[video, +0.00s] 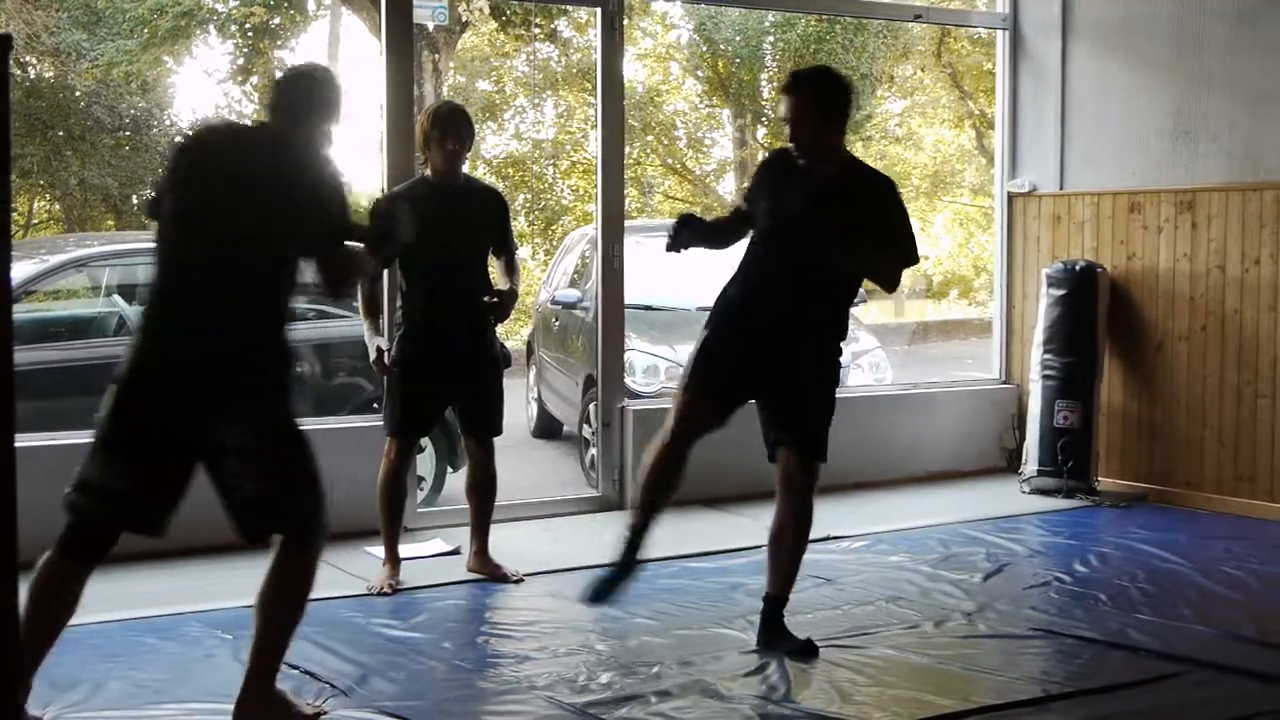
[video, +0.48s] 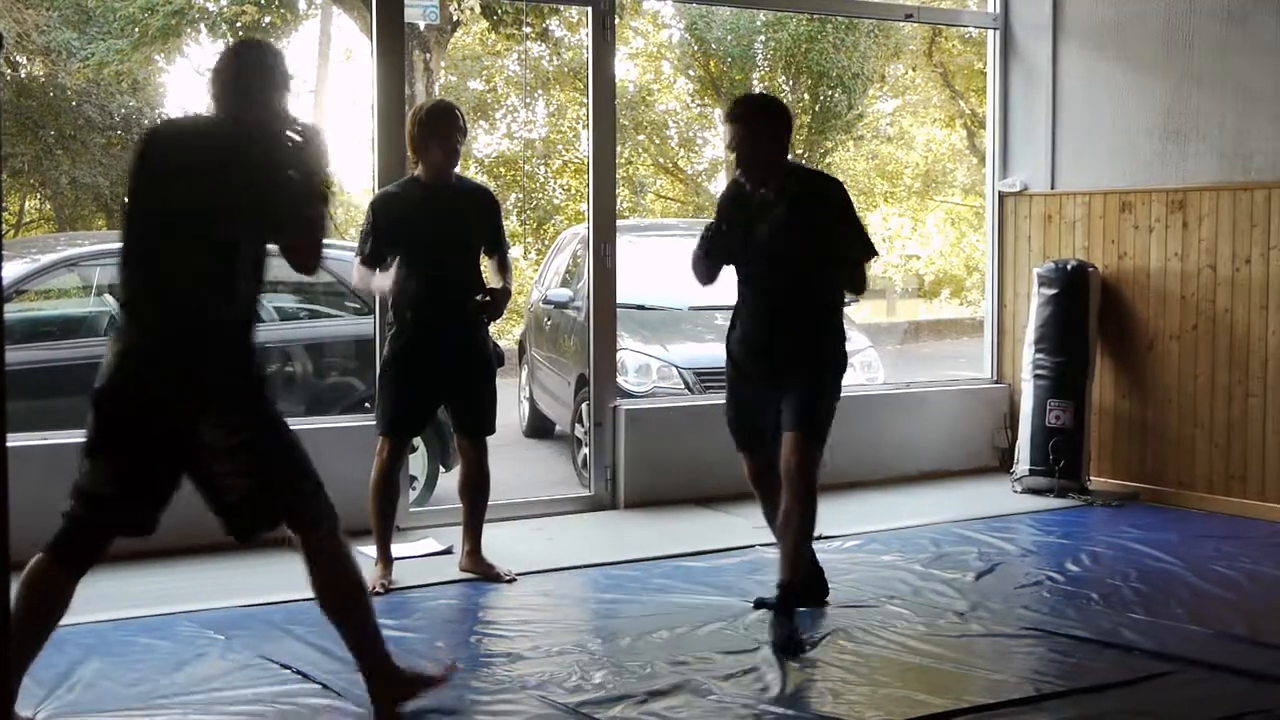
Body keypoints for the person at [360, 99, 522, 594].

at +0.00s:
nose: (452, 148)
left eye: (460, 139)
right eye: (443, 139)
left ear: (470, 144)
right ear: (425, 142)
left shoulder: (488, 200)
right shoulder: (397, 204)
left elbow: (508, 258)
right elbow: (371, 274)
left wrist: (510, 293)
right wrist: (375, 338)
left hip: (473, 337)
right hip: (416, 339)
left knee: (480, 446)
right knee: (399, 448)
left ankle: (479, 553)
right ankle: (390, 562)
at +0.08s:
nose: (447, 147)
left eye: (454, 138)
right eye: (438, 138)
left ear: (464, 144)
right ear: (419, 142)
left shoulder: (482, 200)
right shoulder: (390, 205)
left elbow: (501, 258)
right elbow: (365, 275)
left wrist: (504, 293)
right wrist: (368, 336)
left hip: (467, 338)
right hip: (409, 340)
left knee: (474, 447)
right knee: (392, 448)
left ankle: (473, 552)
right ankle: (384, 562)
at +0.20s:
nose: (449, 147)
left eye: (455, 138)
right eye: (440, 137)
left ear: (463, 143)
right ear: (418, 141)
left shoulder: (480, 200)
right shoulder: (389, 204)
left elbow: (499, 259)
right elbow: (363, 274)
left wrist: (502, 294)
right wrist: (366, 335)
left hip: (465, 338)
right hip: (407, 340)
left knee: (472, 445)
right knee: (391, 448)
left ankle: (471, 552)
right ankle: (382, 562)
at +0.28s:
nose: (453, 147)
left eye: (458, 138)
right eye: (443, 139)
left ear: (465, 142)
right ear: (419, 143)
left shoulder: (481, 200)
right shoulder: (389, 205)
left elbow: (499, 259)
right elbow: (363, 276)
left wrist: (503, 294)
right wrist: (370, 333)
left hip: (466, 339)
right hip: (407, 341)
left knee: (472, 446)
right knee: (391, 448)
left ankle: (471, 552)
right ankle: (382, 562)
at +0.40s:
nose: (457, 144)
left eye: (459, 135)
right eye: (448, 135)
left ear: (463, 140)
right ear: (423, 141)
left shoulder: (480, 200)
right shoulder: (388, 205)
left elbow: (499, 260)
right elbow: (361, 275)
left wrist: (502, 294)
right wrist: (373, 303)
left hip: (466, 337)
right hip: (408, 340)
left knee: (472, 445)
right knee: (391, 448)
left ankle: (471, 552)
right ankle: (382, 562)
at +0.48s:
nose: (454, 145)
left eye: (457, 136)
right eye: (445, 136)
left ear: (463, 140)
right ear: (420, 141)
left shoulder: (479, 199)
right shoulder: (390, 203)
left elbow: (500, 260)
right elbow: (361, 273)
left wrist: (503, 294)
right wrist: (385, 282)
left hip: (467, 336)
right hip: (410, 339)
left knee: (473, 445)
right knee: (391, 447)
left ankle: (471, 552)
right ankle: (382, 562)